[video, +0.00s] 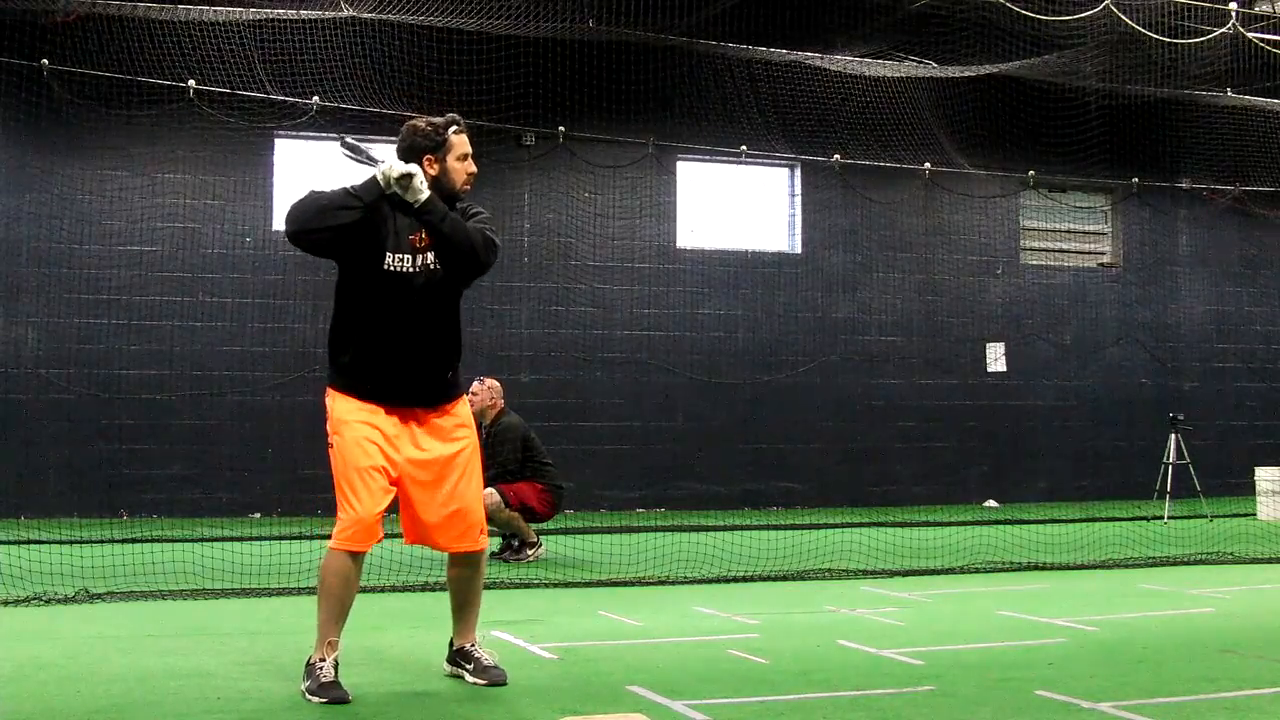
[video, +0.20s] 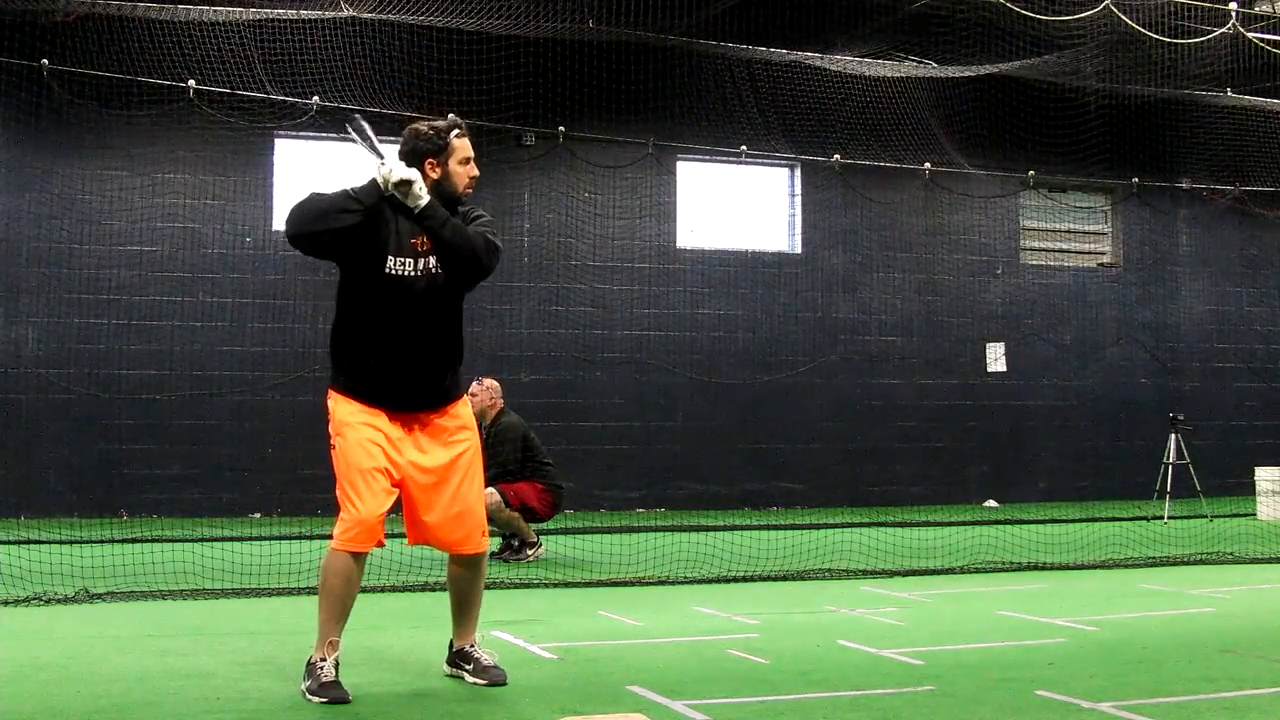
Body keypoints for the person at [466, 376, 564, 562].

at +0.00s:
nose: (468, 398)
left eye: (474, 394)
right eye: (468, 393)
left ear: (493, 401)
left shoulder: (508, 426)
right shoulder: (482, 427)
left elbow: (506, 472)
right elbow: (482, 467)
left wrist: (472, 486)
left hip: (542, 491)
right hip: (516, 487)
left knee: (489, 500)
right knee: (471, 497)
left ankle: (531, 541)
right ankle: (511, 536)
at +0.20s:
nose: (467, 400)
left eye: (473, 395)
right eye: (468, 395)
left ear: (492, 402)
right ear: (490, 403)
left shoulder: (508, 426)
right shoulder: (483, 428)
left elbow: (505, 472)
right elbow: (482, 467)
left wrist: (471, 488)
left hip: (542, 491)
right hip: (517, 487)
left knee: (490, 499)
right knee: (472, 497)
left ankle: (531, 541)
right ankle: (511, 536)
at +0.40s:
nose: (467, 401)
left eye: (473, 396)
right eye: (467, 396)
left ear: (492, 402)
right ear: (489, 403)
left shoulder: (508, 426)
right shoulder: (479, 429)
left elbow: (506, 471)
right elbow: (481, 467)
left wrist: (471, 487)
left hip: (542, 490)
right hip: (515, 488)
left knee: (489, 499)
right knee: (468, 498)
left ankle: (531, 541)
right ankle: (510, 535)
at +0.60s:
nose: (465, 403)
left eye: (470, 398)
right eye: (466, 398)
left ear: (487, 402)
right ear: (485, 403)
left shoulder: (508, 426)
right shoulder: (479, 429)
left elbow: (507, 471)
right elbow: (476, 467)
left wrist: (471, 488)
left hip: (542, 491)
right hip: (514, 488)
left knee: (490, 499)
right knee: (467, 497)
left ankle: (531, 541)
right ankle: (511, 536)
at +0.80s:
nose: (466, 407)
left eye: (470, 401)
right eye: (464, 402)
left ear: (489, 401)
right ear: (487, 402)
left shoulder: (508, 426)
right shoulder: (478, 431)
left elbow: (508, 473)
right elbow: (477, 470)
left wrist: (470, 482)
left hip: (541, 491)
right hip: (511, 488)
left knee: (489, 499)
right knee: (464, 502)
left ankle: (531, 541)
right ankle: (510, 535)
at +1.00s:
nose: (462, 411)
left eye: (466, 405)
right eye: (461, 406)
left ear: (486, 403)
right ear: (484, 404)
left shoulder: (508, 426)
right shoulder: (478, 431)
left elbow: (508, 473)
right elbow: (475, 472)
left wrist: (470, 482)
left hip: (542, 491)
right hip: (511, 490)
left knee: (490, 499)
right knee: (463, 503)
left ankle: (531, 540)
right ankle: (511, 534)